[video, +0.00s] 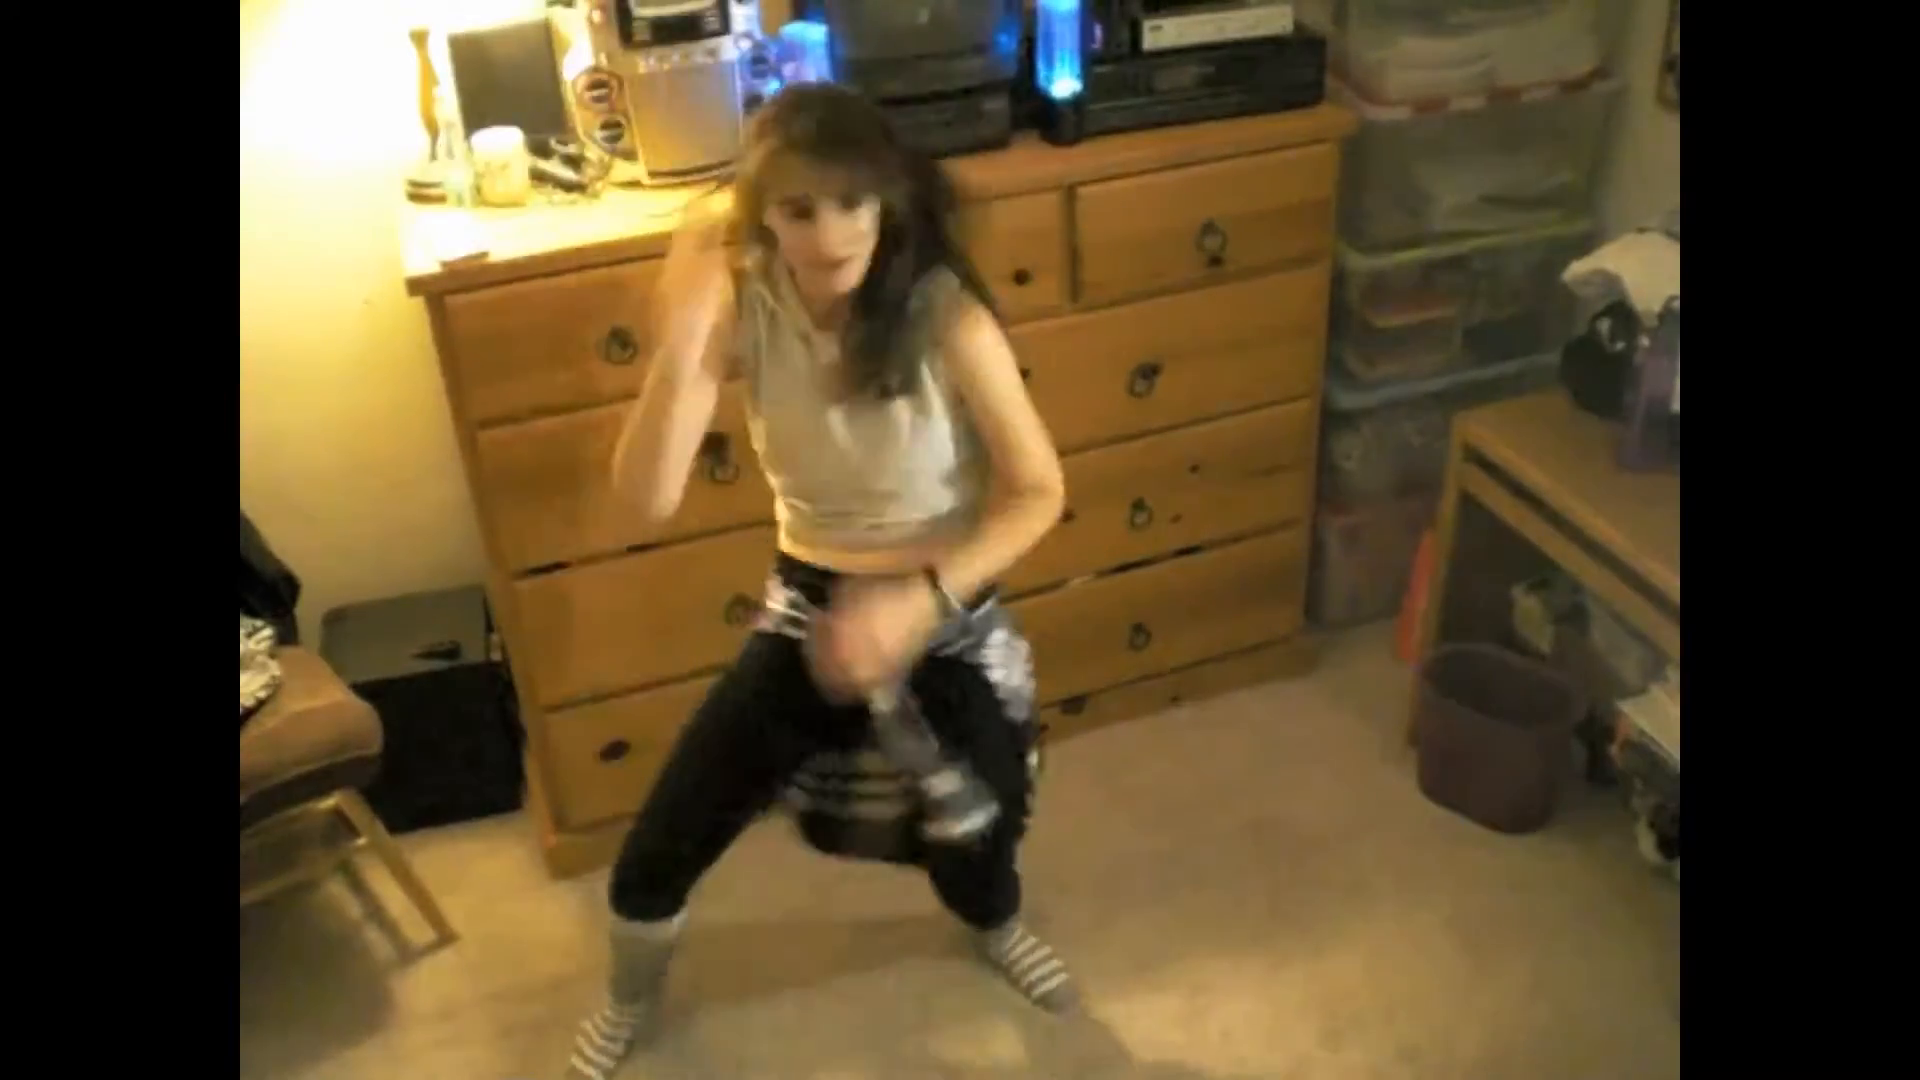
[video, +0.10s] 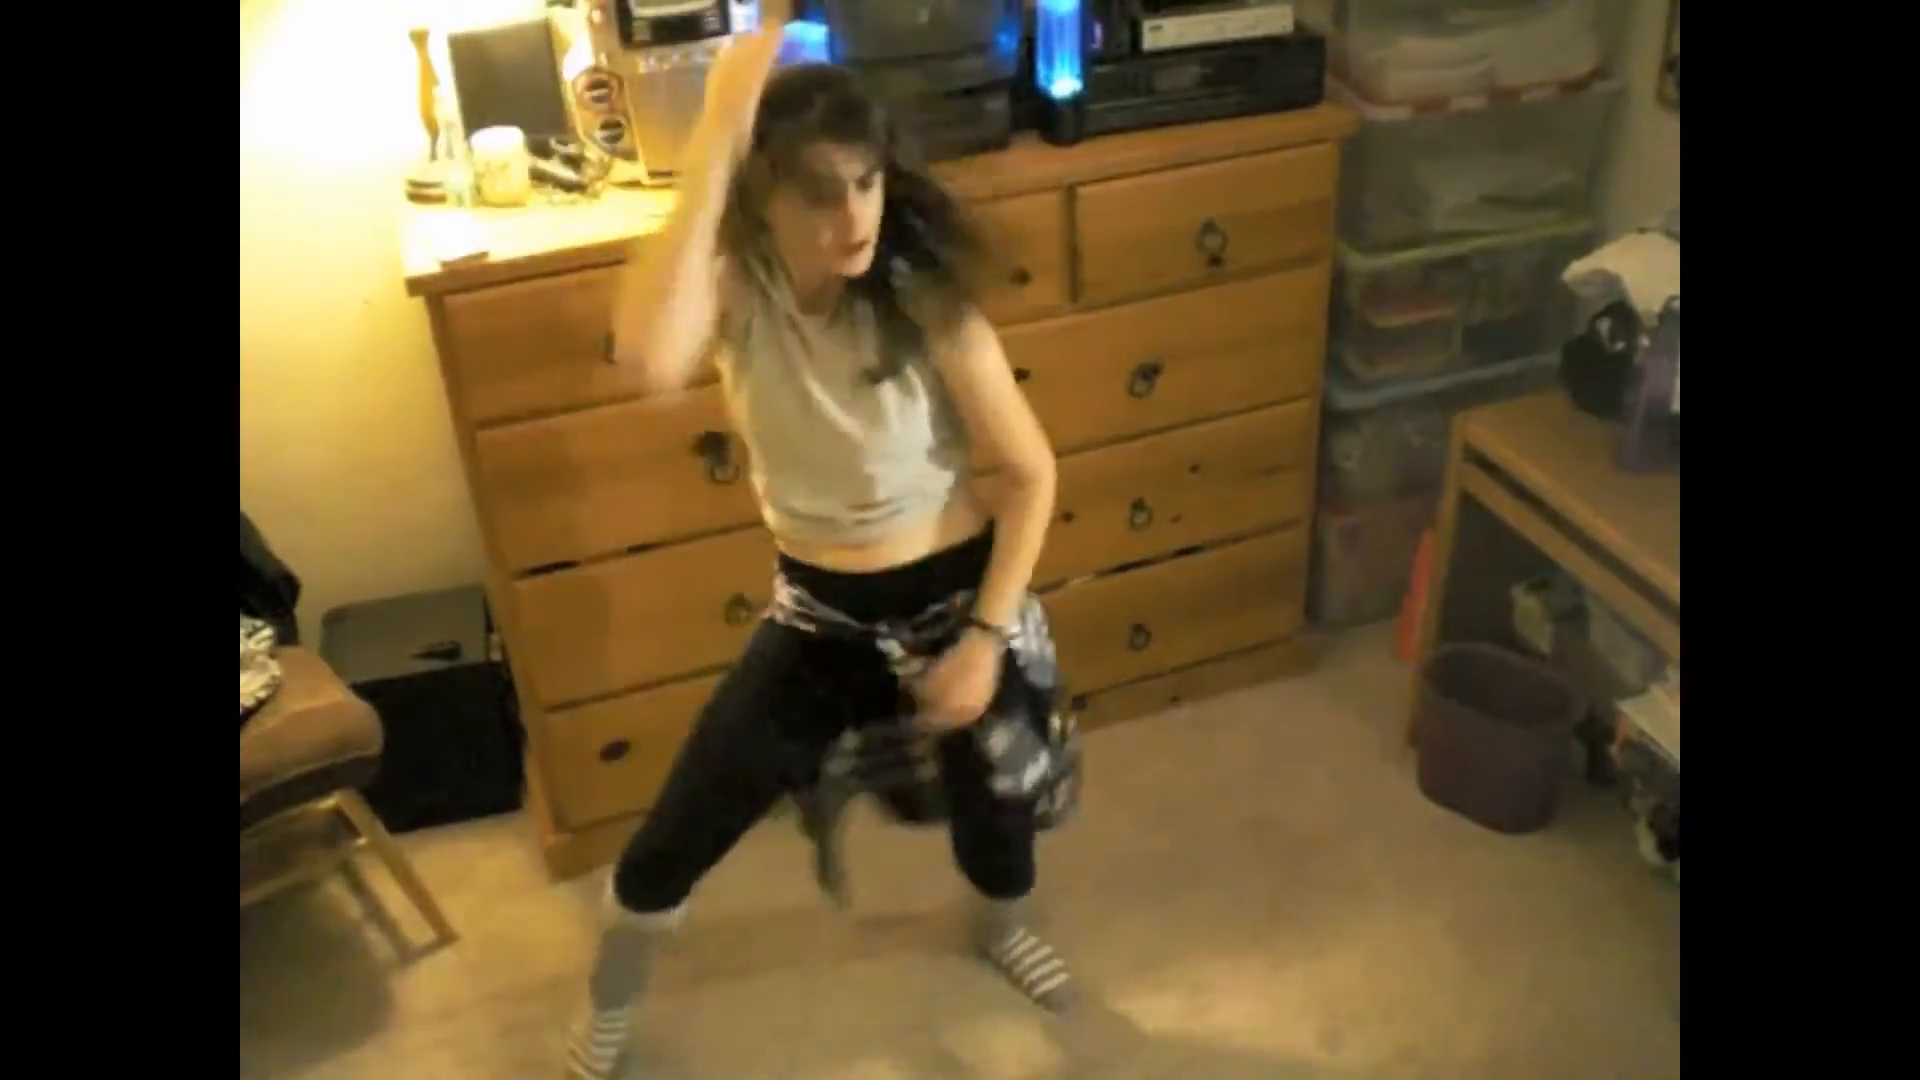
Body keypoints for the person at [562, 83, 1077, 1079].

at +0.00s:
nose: (828, 234)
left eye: (850, 204)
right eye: (798, 211)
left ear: (889, 205)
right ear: (763, 219)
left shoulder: (944, 316)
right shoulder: (743, 317)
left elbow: (1036, 490)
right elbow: (645, 505)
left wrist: (922, 598)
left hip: (946, 610)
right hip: (808, 611)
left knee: (978, 863)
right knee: (652, 865)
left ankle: (1001, 933)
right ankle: (627, 1010)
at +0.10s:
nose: (858, 216)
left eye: (869, 182)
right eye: (822, 194)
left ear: (887, 179)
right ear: (758, 206)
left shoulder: (923, 300)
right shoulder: (734, 298)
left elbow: (1029, 473)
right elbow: (653, 357)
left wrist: (986, 641)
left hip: (958, 603)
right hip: (818, 617)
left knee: (1001, 818)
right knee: (668, 849)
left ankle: (1003, 930)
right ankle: (609, 1013)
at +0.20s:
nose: (842, 191)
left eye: (855, 160)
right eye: (811, 166)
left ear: (876, 160)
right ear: (740, 173)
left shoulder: (915, 289)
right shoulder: (701, 272)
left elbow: (1008, 426)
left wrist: (983, 590)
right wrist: (701, 27)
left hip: (934, 588)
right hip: (794, 613)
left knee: (1000, 780)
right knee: (722, 849)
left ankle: (1007, 927)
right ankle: (613, 1001)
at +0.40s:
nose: (789, 196)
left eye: (801, 167)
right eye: (759, 173)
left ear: (819, 159)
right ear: (689, 178)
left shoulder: (870, 253)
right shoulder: (671, 298)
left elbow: (922, 415)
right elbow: (560, 246)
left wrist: (923, 571)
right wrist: (597, 139)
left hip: (883, 600)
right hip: (733, 625)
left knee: (1031, 783)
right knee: (704, 879)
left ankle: (1005, 918)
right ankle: (625, 993)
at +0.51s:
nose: (795, 228)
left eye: (800, 200)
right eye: (761, 211)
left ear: (812, 189)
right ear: (685, 220)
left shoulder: (852, 271)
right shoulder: (662, 325)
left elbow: (914, 406)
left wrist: (910, 574)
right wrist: (594, 240)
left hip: (859, 627)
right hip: (716, 646)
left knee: (1026, 810)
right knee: (693, 903)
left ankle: (1001, 920)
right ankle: (618, 1003)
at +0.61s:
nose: (816, 249)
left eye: (816, 225)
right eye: (791, 231)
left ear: (821, 221)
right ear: (713, 234)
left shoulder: (838, 288)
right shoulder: (645, 359)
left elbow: (889, 420)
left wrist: (884, 573)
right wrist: (630, 357)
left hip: (844, 623)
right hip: (713, 655)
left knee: (1030, 829)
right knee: (691, 924)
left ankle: (1003, 921)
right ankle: (618, 1008)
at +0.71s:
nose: (839, 264)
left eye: (839, 238)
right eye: (815, 243)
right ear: (737, 247)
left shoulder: (828, 322)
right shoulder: (642, 387)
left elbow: (856, 429)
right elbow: (701, 597)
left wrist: (878, 549)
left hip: (849, 616)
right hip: (721, 667)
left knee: (1024, 828)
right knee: (697, 935)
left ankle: (1010, 919)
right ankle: (620, 1003)